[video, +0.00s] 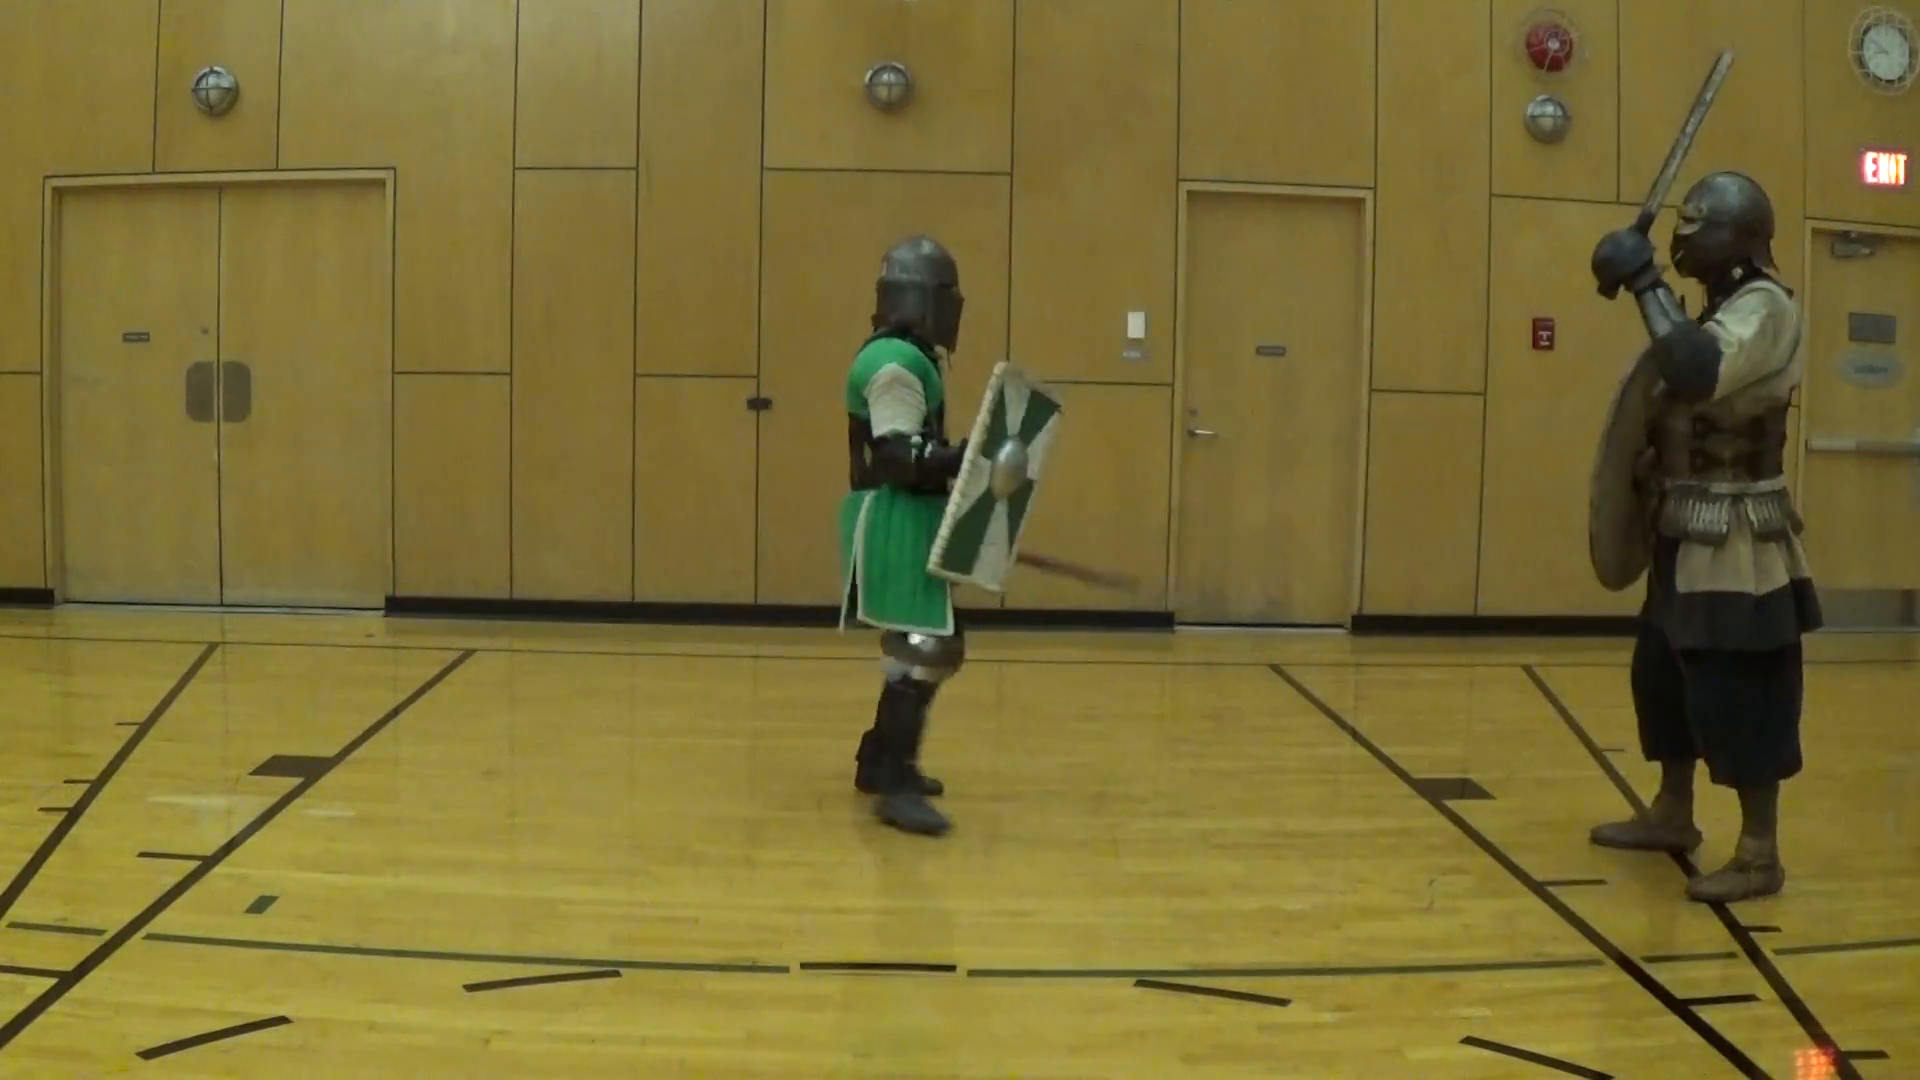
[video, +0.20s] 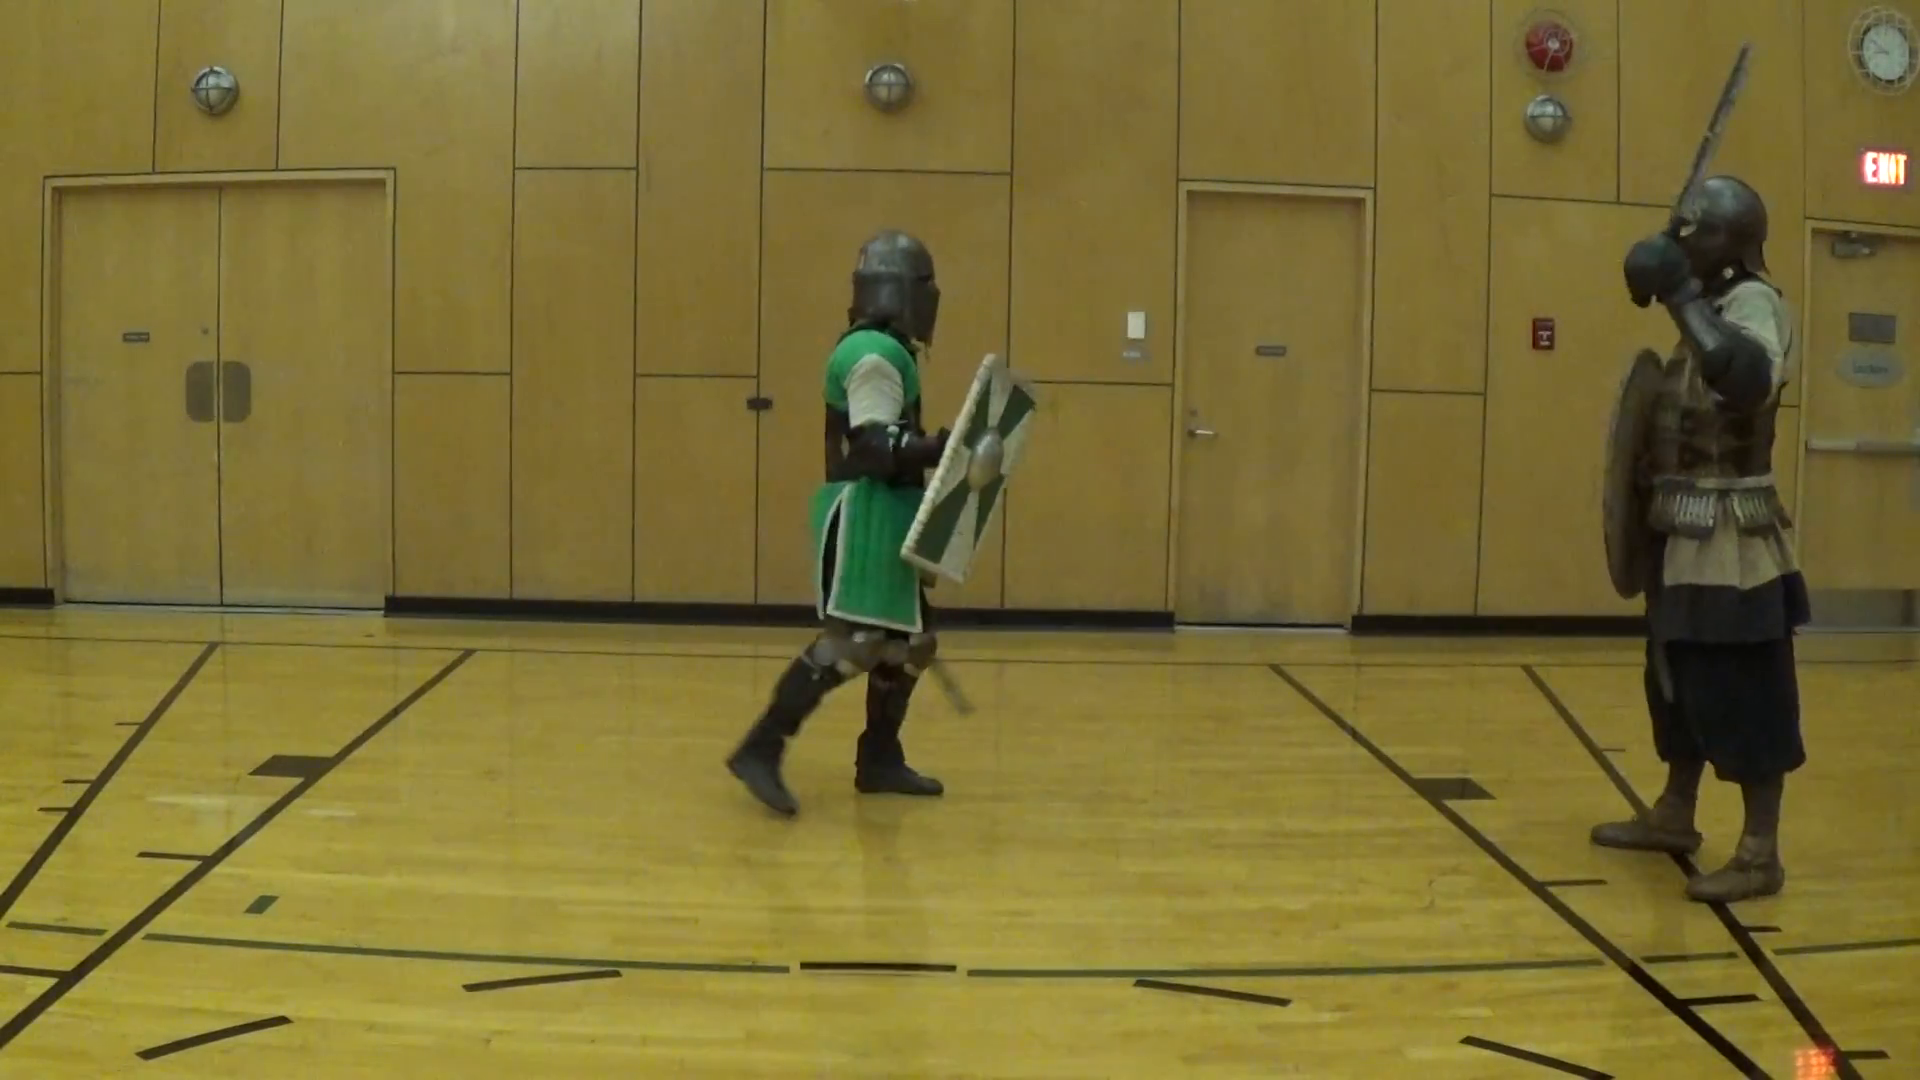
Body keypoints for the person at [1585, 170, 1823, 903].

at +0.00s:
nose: (1682, 232)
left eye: (1698, 222)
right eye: (1683, 221)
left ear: (1745, 237)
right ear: (1707, 238)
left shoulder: (1766, 305)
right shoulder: (1718, 305)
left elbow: (1695, 369)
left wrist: (1648, 281)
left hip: (1742, 541)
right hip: (1687, 536)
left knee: (1747, 693)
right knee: (1662, 675)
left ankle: (1759, 856)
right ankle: (1673, 814)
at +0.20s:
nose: (1679, 237)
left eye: (1694, 227)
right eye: (1679, 226)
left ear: (1736, 240)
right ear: (1695, 238)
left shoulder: (1754, 300)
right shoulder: (1705, 301)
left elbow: (1744, 379)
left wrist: (1678, 292)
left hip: (1736, 533)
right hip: (1685, 530)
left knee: (1751, 689)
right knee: (1677, 674)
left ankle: (1759, 855)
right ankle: (1674, 814)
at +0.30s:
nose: (1668, 239)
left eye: (1683, 228)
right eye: (1671, 227)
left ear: (1721, 243)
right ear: (1698, 242)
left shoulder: (1745, 302)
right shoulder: (1697, 314)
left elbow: (1765, 389)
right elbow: (1685, 426)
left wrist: (1696, 304)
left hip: (1728, 539)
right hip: (1680, 536)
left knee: (1743, 688)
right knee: (1674, 674)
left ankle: (1758, 852)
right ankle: (1674, 814)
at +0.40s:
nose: (1658, 250)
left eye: (1672, 237)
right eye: (1659, 236)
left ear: (1715, 245)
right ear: (1699, 249)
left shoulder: (1739, 305)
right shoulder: (1689, 321)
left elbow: (1768, 396)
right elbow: (1677, 429)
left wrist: (1711, 310)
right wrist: (1631, 404)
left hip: (1718, 543)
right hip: (1675, 540)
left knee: (1722, 689)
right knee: (1669, 677)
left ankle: (1754, 852)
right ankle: (1674, 814)